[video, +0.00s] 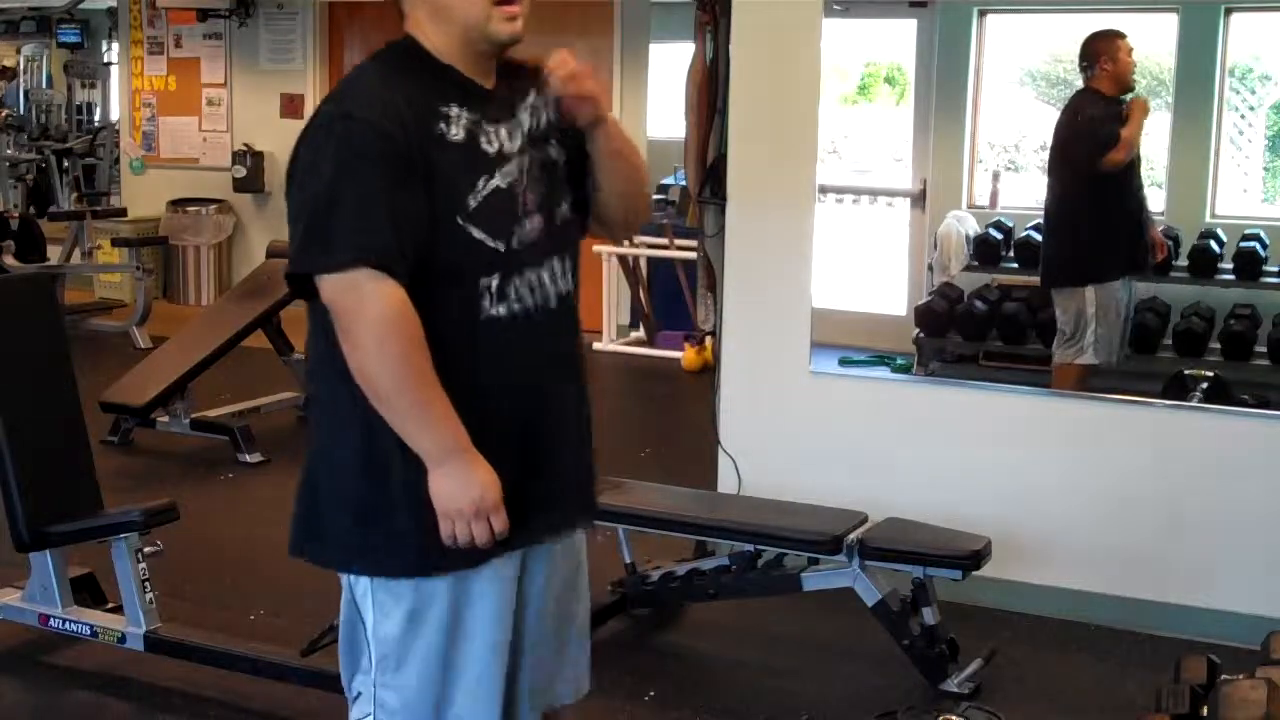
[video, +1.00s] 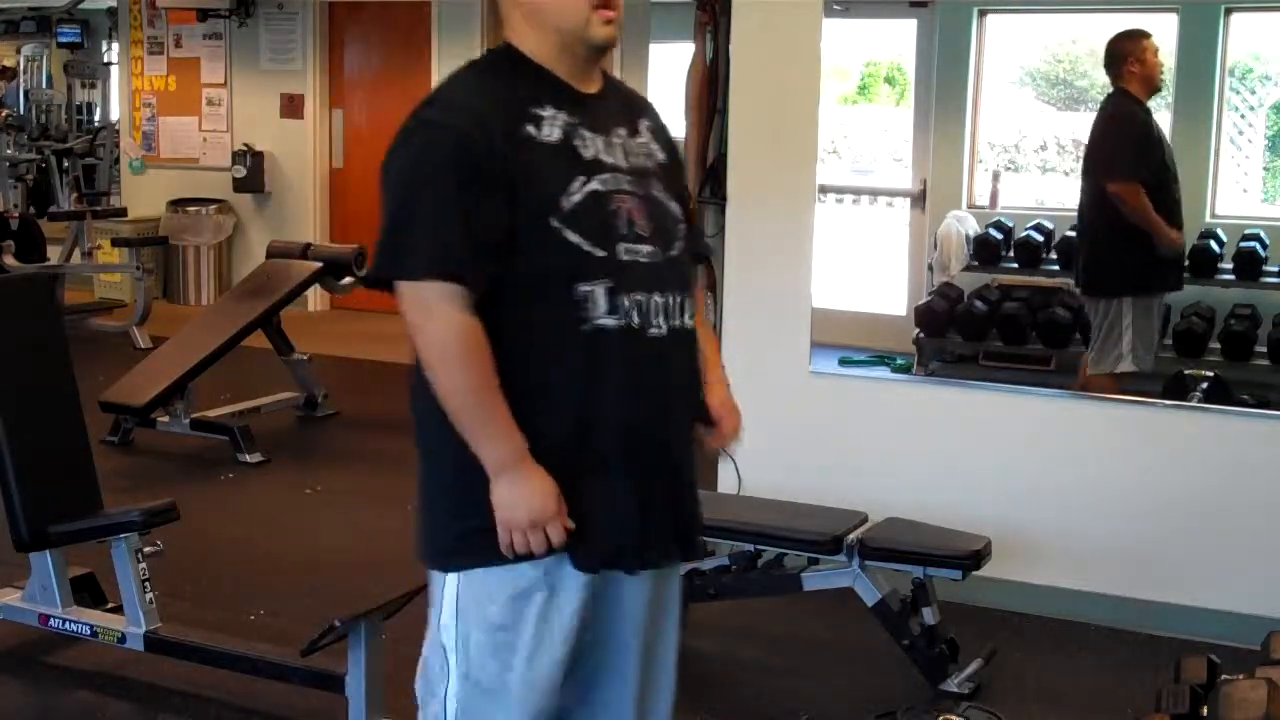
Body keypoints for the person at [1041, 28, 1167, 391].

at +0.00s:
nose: (1135, 63)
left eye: (1132, 55)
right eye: (1128, 55)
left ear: (1104, 65)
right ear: (1105, 64)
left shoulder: (1111, 109)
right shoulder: (1087, 108)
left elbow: (1126, 184)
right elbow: (1115, 158)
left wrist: (1149, 228)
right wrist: (1136, 119)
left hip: (1106, 252)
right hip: (1083, 255)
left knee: (1093, 357)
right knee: (1078, 357)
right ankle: (1062, 440)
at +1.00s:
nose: (1162, 64)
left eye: (1159, 56)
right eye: (1155, 56)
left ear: (1129, 66)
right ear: (1133, 65)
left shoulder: (1120, 109)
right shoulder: (1125, 113)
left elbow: (1116, 183)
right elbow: (1120, 184)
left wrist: (1162, 231)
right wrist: (1166, 233)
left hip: (1113, 263)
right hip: (1125, 267)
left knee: (1100, 363)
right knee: (1118, 371)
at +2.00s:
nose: (1200, 79)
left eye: (1201, 71)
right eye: (1197, 70)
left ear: (1171, 69)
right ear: (1172, 68)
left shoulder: (1168, 118)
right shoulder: (1140, 115)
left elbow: (1169, 187)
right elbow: (1126, 184)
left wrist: (1183, 245)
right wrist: (1146, 246)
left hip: (1168, 260)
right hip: (1143, 263)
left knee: (1143, 364)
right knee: (1127, 364)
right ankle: (1113, 446)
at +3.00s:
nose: (1204, 85)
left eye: (1206, 77)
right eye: (1202, 75)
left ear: (1178, 71)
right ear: (1176, 69)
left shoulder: (1169, 117)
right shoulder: (1146, 115)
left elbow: (1169, 189)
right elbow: (1135, 187)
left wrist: (1183, 251)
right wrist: (1152, 250)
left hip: (1166, 265)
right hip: (1140, 266)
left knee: (1153, 369)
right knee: (1126, 370)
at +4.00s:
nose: (1209, 111)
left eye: (1214, 105)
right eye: (1212, 102)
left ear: (1192, 85)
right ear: (1195, 87)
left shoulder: (1165, 122)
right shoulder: (1150, 121)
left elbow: (1150, 194)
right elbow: (1134, 194)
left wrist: (1160, 258)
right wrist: (1143, 256)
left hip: (1145, 271)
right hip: (1129, 272)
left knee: (1128, 376)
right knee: (1123, 377)